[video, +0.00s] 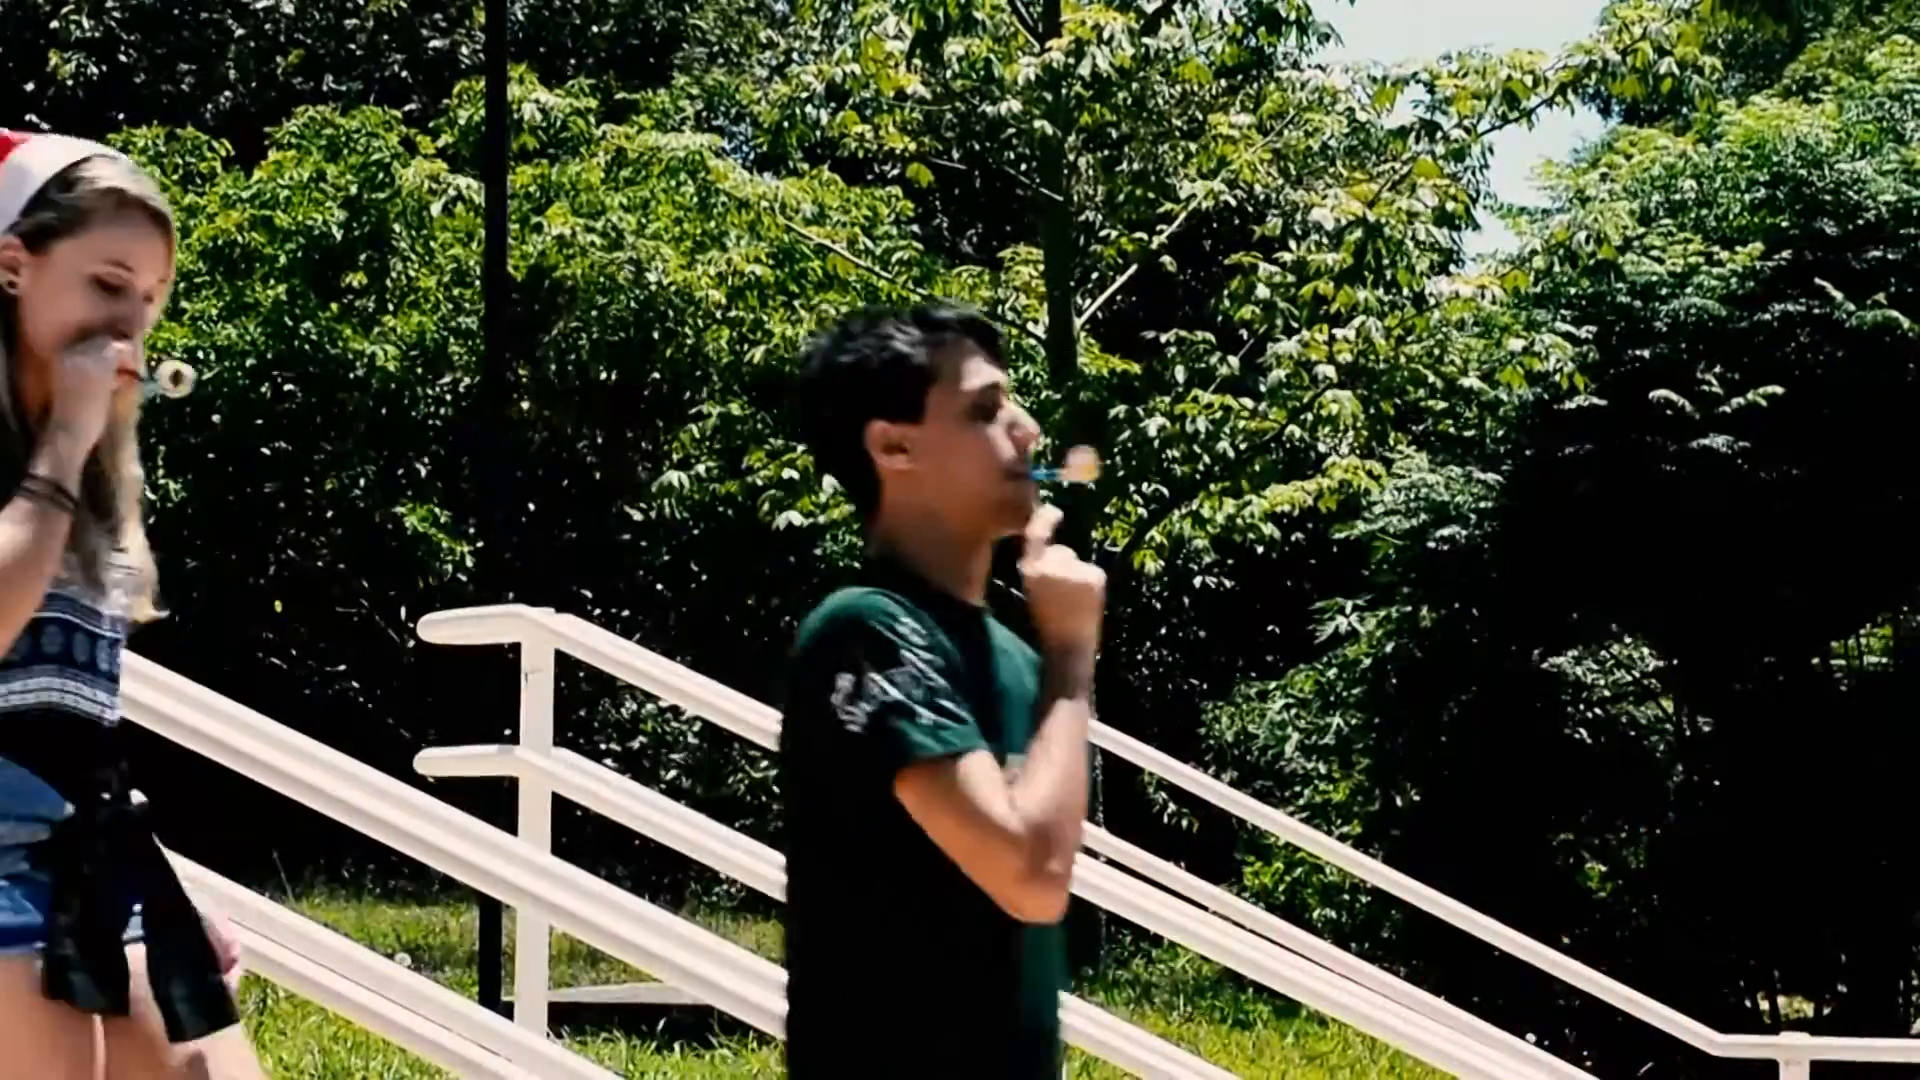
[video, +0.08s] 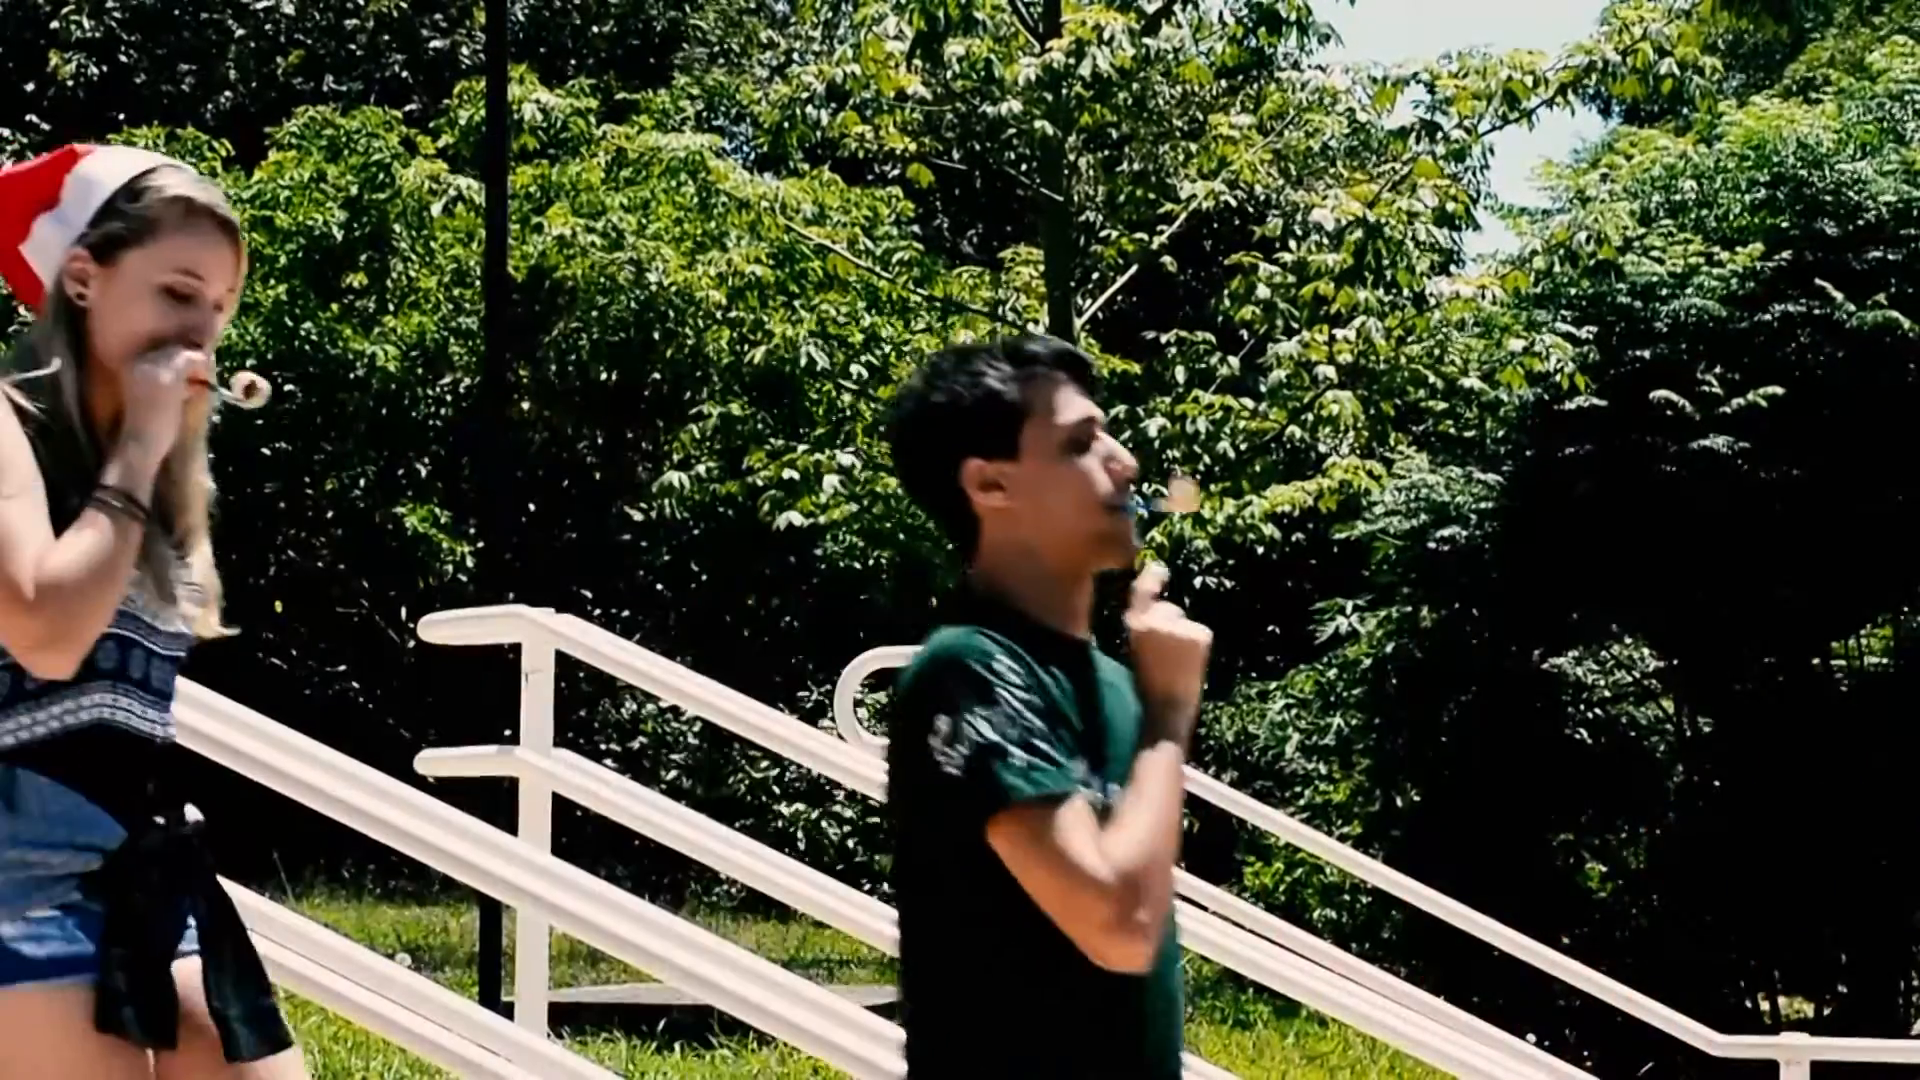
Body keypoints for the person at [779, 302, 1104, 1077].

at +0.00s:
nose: (1027, 429)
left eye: (1012, 403)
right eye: (986, 411)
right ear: (894, 447)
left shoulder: (1015, 655)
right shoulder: (862, 633)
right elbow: (1035, 877)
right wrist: (1070, 657)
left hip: (1015, 1052)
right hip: (886, 1054)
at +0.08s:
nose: (1126, 464)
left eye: (1108, 434)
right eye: (1082, 443)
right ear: (991, 487)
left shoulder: (1115, 683)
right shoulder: (965, 675)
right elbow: (1124, 926)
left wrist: (1156, 1056)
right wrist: (1168, 714)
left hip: (1135, 1060)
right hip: (1008, 1062)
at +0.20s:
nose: (1268, 534)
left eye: (1251, 507)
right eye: (1224, 514)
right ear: (1127, 552)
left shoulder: (1268, 758)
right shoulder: (1104, 744)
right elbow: (1313, 962)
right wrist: (1319, 738)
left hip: (1298, 1062)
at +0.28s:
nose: (1356, 535)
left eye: (1343, 505)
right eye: (1315, 512)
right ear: (1215, 541)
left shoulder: (1341, 757)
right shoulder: (1191, 732)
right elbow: (1422, 938)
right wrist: (1407, 714)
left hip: (1380, 1061)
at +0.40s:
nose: (1474, 541)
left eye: (1460, 511)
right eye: (1435, 514)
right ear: (1331, 535)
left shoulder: (1444, 748)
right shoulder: (1305, 725)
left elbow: (1519, 1026)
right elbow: (1544, 934)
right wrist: (1509, 700)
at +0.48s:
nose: (1556, 546)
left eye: (1542, 514)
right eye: (1517, 520)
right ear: (1414, 537)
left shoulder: (1506, 743)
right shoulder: (1391, 731)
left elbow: (1614, 1019)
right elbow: (1625, 947)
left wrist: (1813, 1064)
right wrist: (1591, 714)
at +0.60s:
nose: (1663, 565)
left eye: (1650, 535)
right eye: (1629, 537)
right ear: (1524, 549)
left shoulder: (1589, 754)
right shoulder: (1500, 744)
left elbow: (1716, 1030)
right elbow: (1750, 959)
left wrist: (1906, 1018)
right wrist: (1699, 719)